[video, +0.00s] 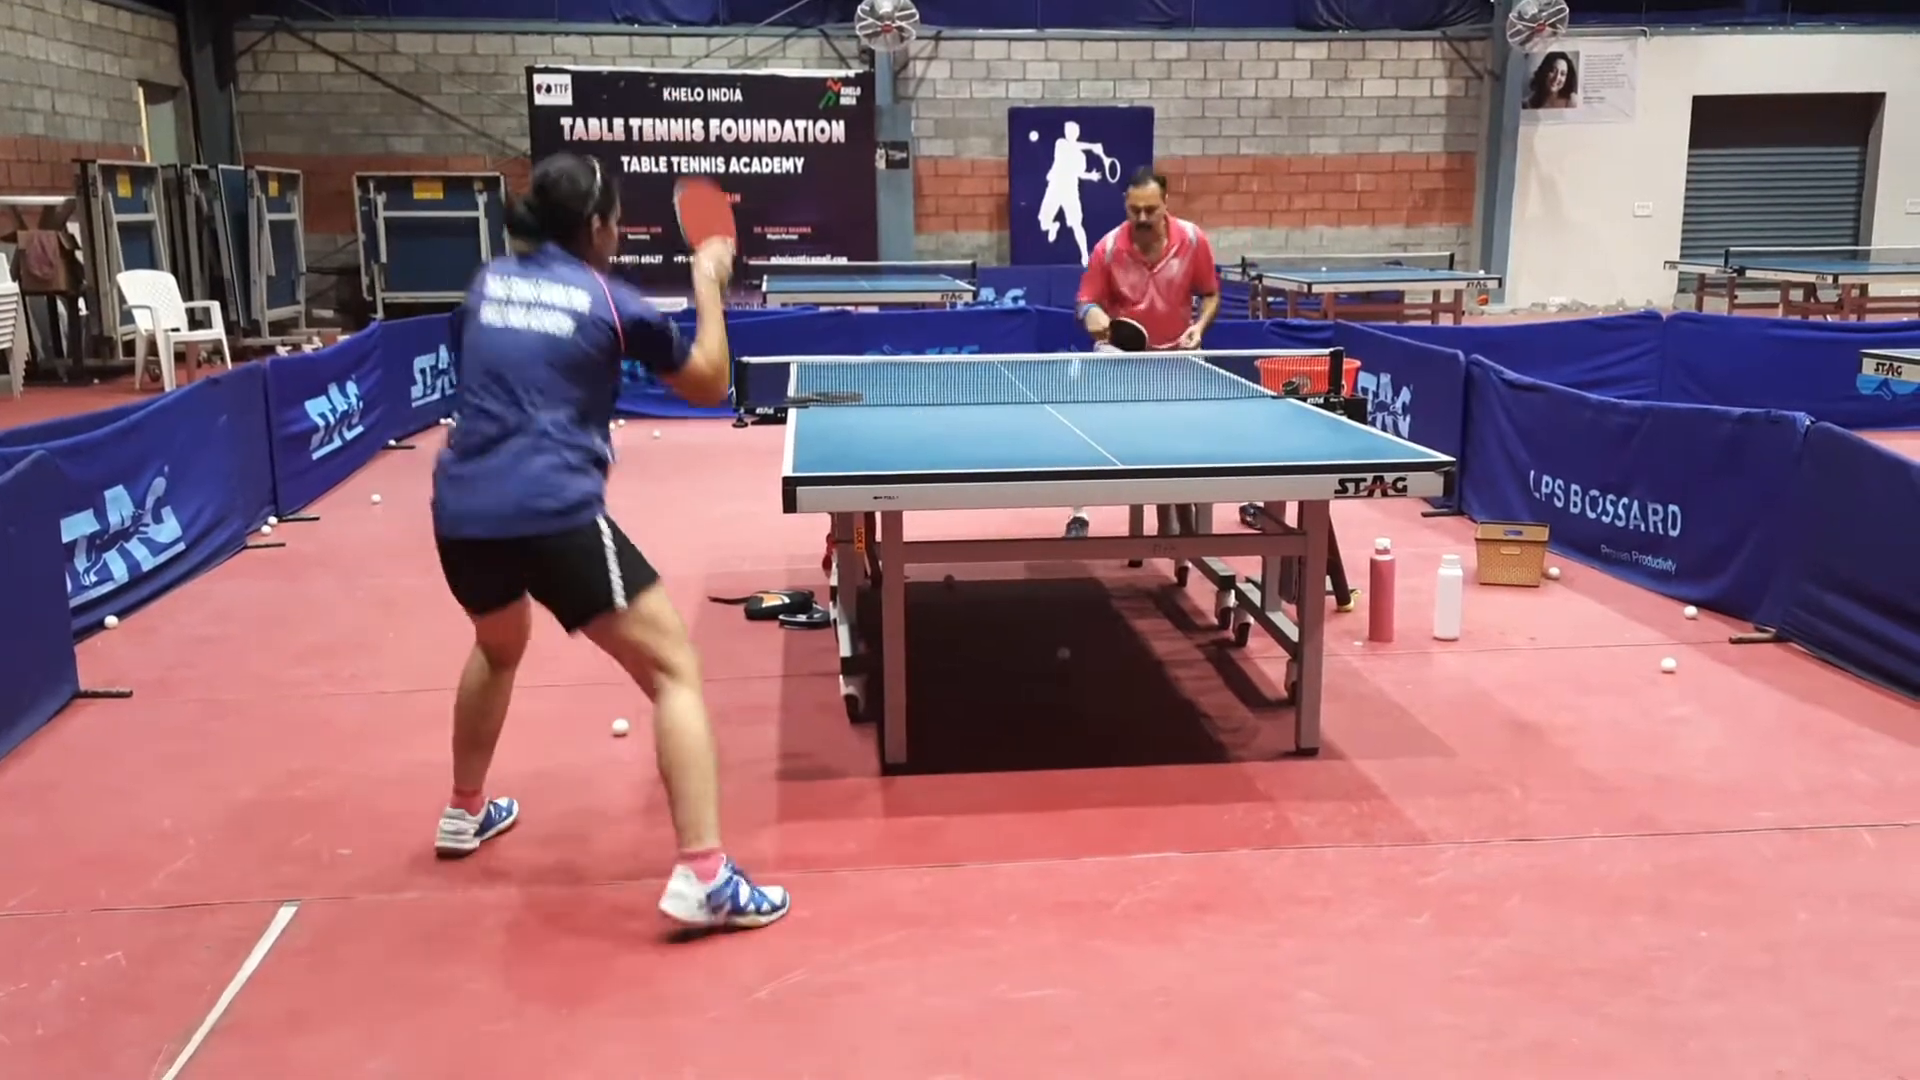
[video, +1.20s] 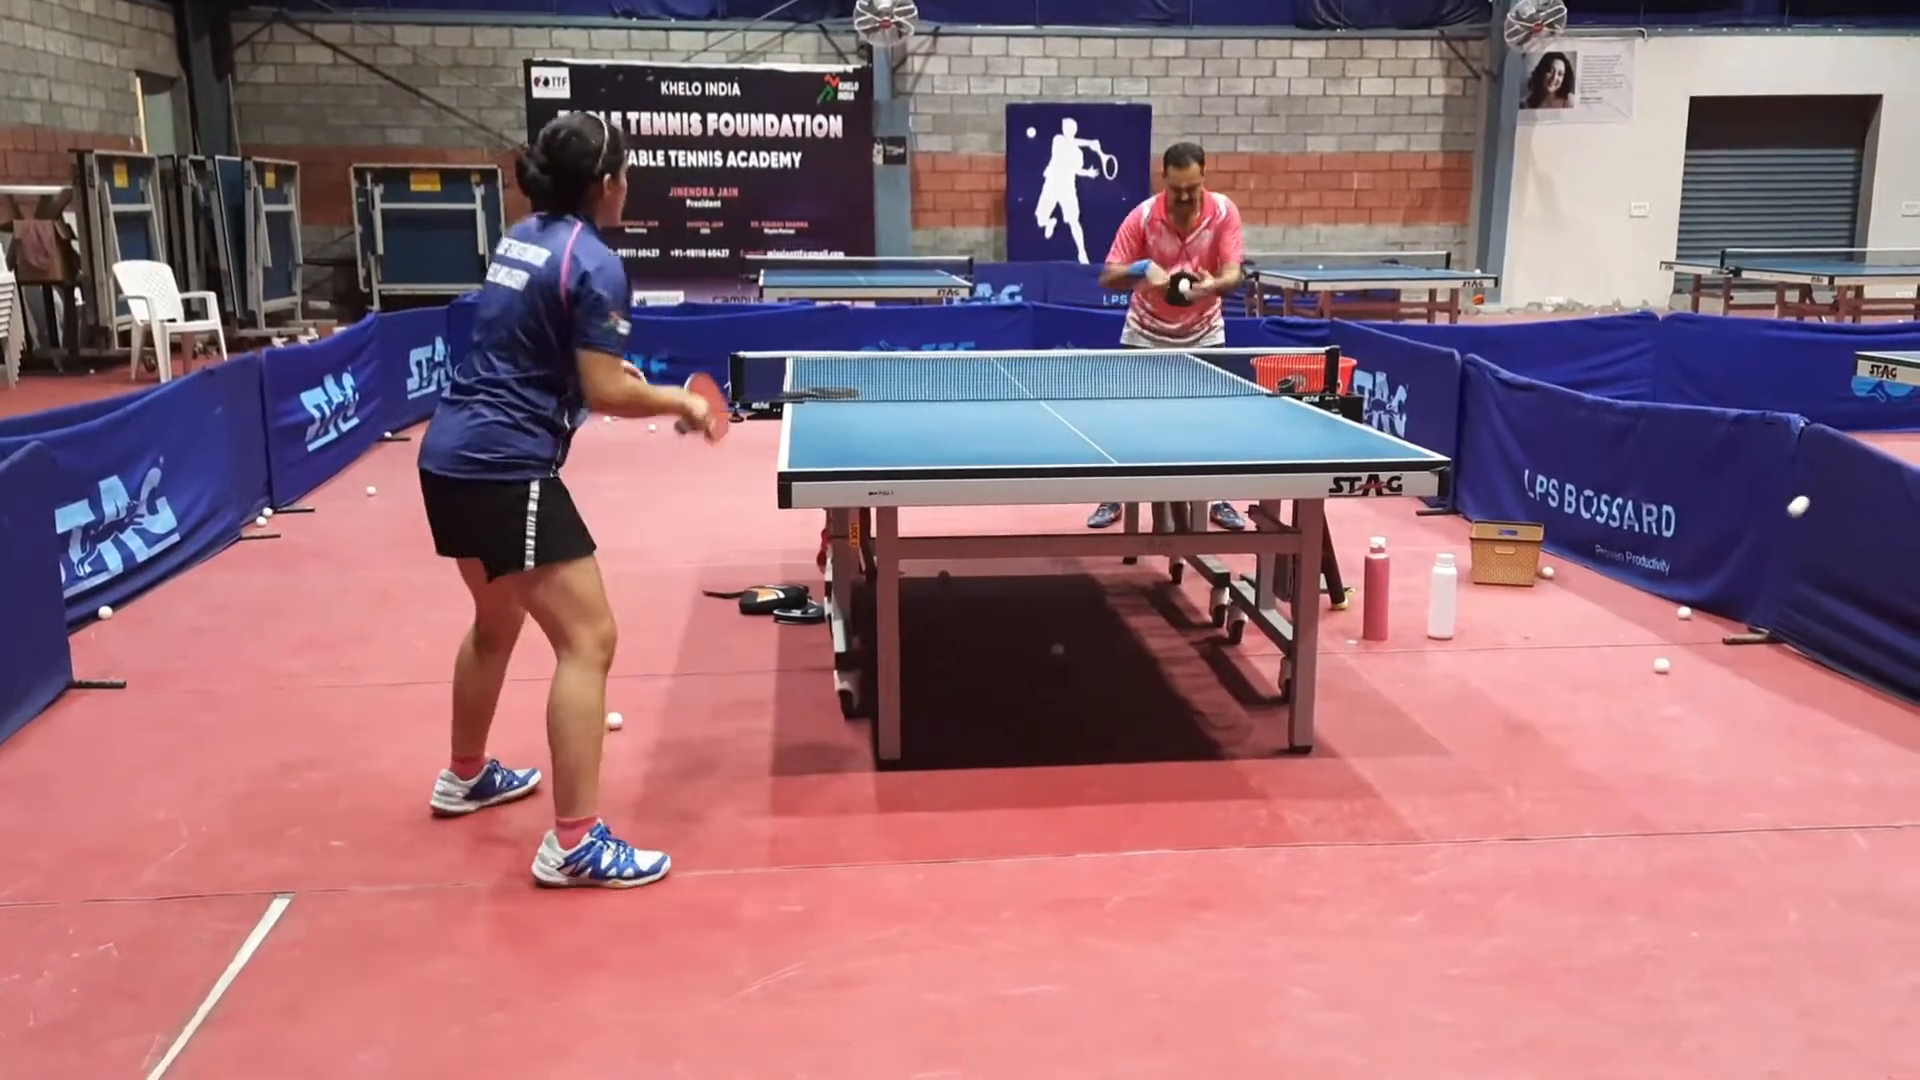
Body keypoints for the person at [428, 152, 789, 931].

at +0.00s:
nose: (619, 229)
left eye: (617, 216)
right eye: (615, 217)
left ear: (534, 218)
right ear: (596, 224)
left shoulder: (485, 282)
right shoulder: (609, 301)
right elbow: (707, 382)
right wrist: (710, 285)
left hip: (463, 515)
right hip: (558, 515)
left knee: (496, 646)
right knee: (672, 672)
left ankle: (462, 811)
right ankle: (704, 872)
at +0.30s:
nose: (661, 268)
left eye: (658, 256)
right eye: (658, 259)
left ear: (579, 260)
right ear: (644, 271)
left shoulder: (537, 306)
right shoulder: (647, 352)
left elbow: (579, 385)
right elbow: (720, 459)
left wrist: (657, 354)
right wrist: (753, 380)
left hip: (469, 534)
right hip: (564, 539)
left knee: (505, 649)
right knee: (695, 688)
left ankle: (462, 810)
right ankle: (701, 881)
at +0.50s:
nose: (698, 225)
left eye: (694, 213)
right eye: (693, 215)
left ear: (628, 220)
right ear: (672, 230)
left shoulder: (595, 261)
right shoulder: (639, 318)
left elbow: (605, 376)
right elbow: (636, 456)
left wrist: (701, 396)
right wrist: (725, 465)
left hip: (463, 466)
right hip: (514, 486)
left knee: (527, 621)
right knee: (639, 648)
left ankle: (460, 773)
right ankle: (620, 852)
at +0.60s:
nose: (703, 248)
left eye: (699, 236)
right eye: (697, 238)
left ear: (632, 246)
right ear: (674, 254)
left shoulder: (602, 289)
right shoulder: (623, 334)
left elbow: (614, 402)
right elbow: (578, 471)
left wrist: (673, 466)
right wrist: (662, 541)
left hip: (481, 486)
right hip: (509, 500)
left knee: (545, 632)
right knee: (632, 654)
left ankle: (476, 777)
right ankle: (619, 855)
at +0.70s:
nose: (691, 251)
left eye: (687, 239)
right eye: (684, 242)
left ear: (619, 250)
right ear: (663, 260)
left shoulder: (603, 302)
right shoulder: (602, 333)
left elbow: (592, 404)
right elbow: (532, 453)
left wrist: (624, 475)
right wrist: (582, 554)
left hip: (495, 493)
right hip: (506, 504)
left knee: (560, 636)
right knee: (630, 655)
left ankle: (475, 777)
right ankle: (619, 854)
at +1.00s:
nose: (631, 185)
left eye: (626, 173)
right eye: (626, 174)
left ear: (562, 183)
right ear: (605, 185)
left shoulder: (550, 241)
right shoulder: (571, 267)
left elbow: (549, 350)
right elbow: (518, 383)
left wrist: (584, 408)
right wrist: (592, 473)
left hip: (480, 459)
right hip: (505, 465)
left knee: (524, 625)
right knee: (590, 632)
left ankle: (472, 774)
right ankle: (594, 834)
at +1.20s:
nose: (623, 185)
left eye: (621, 173)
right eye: (620, 175)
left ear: (542, 181)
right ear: (603, 185)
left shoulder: (517, 239)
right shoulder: (595, 263)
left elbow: (552, 366)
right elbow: (605, 390)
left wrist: (648, 394)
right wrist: (682, 401)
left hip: (450, 460)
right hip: (509, 469)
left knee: (496, 623)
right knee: (588, 639)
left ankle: (466, 772)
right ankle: (575, 838)